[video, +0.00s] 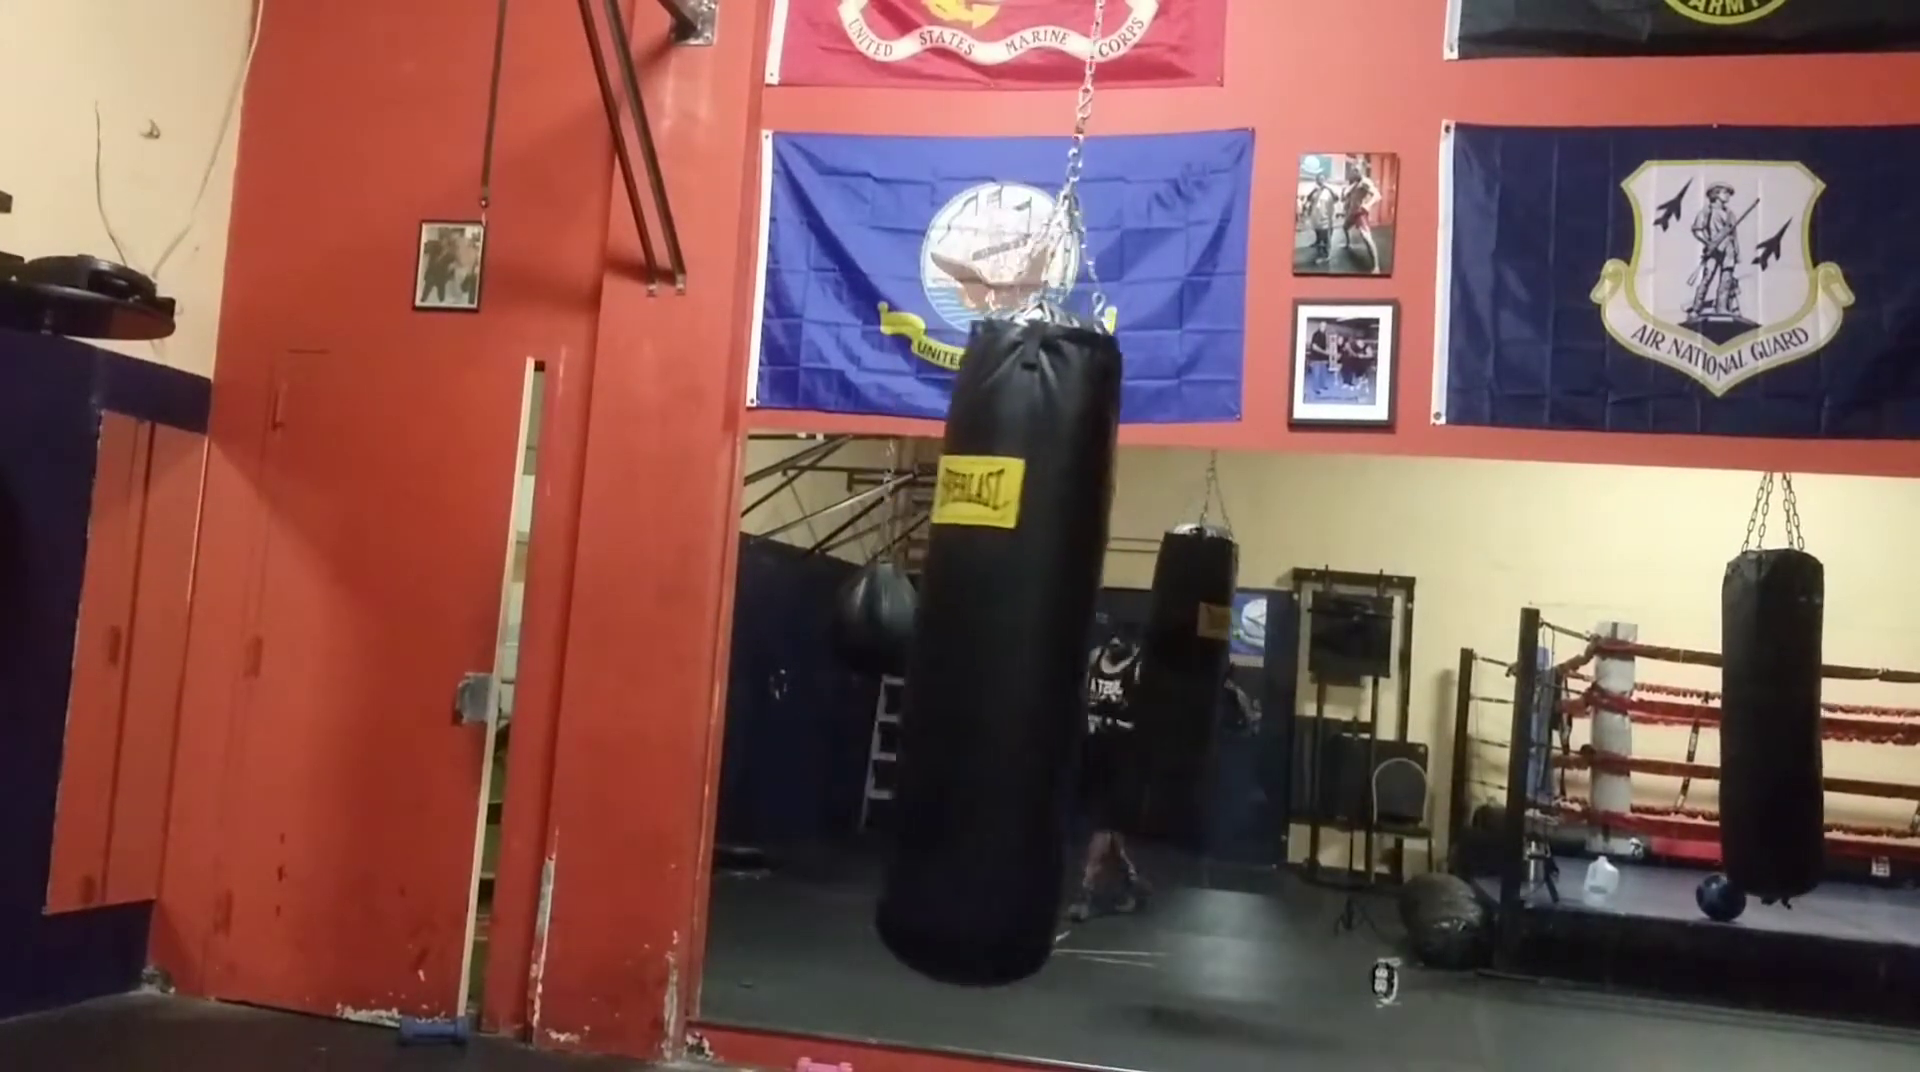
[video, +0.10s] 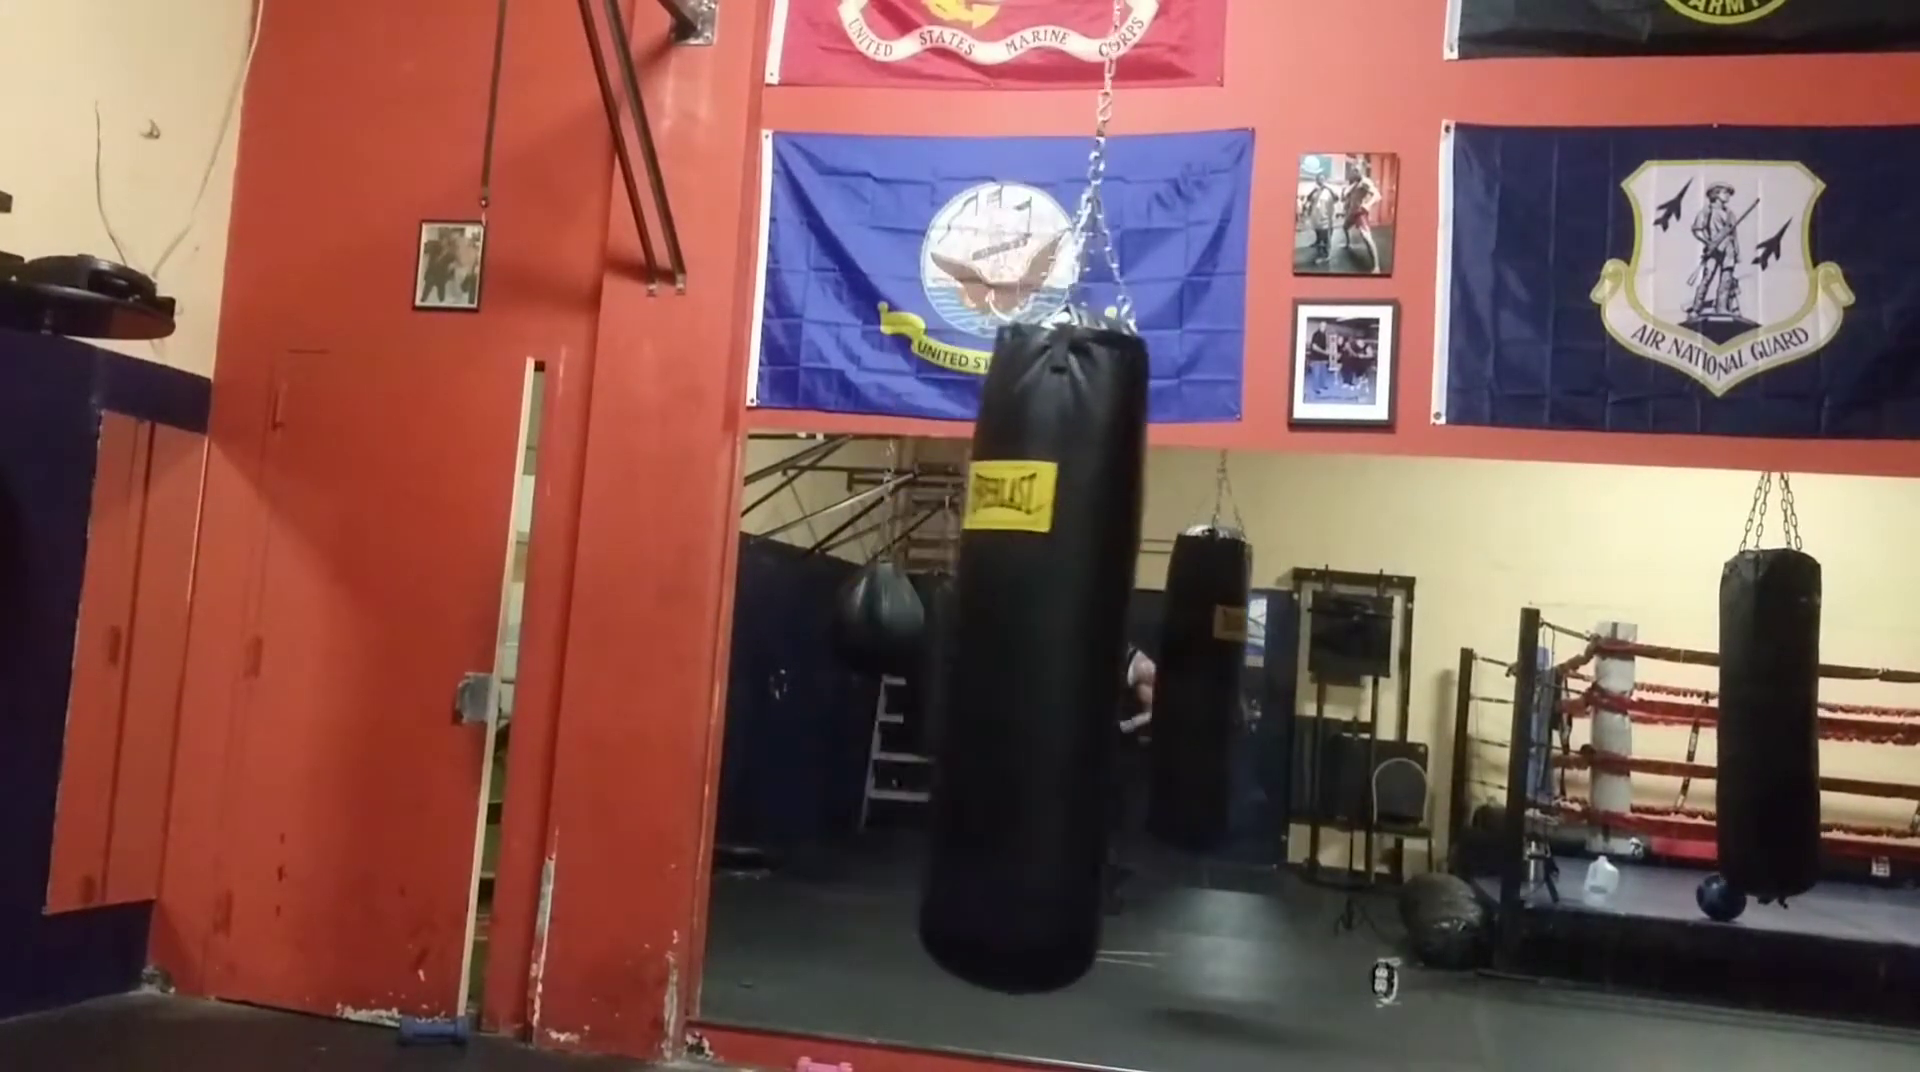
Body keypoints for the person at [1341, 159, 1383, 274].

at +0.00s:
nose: (1350, 175)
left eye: (1353, 172)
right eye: (1350, 172)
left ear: (1357, 173)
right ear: (1351, 174)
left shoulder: (1364, 182)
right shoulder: (1352, 185)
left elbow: (1376, 195)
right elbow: (1344, 199)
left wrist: (1367, 206)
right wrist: (1343, 191)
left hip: (1361, 212)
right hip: (1351, 212)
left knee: (1366, 236)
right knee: (1345, 227)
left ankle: (1376, 266)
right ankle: (1348, 243)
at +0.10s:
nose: (1351, 175)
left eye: (1353, 172)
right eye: (1350, 173)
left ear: (1358, 173)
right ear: (1350, 174)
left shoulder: (1365, 182)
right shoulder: (1352, 185)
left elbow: (1377, 195)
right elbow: (1344, 198)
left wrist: (1367, 206)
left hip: (1360, 211)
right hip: (1351, 211)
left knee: (1366, 236)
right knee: (1345, 227)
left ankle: (1376, 266)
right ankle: (1348, 243)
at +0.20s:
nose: (1351, 175)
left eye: (1353, 172)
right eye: (1350, 172)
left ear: (1358, 173)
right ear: (1350, 174)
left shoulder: (1364, 182)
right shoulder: (1352, 185)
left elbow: (1377, 195)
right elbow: (1344, 198)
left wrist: (1367, 206)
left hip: (1360, 211)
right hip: (1351, 212)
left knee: (1366, 236)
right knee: (1345, 227)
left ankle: (1376, 266)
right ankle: (1347, 243)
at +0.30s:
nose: (1352, 174)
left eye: (1354, 171)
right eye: (1351, 171)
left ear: (1359, 172)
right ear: (1350, 173)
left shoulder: (1365, 182)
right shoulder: (1352, 185)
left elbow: (1376, 196)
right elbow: (1344, 199)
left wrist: (1367, 206)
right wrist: (1344, 190)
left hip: (1360, 212)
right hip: (1351, 212)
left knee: (1366, 237)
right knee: (1345, 227)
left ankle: (1376, 266)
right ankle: (1348, 243)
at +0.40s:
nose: (1352, 173)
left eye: (1354, 170)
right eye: (1351, 171)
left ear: (1359, 171)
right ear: (1350, 172)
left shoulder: (1365, 182)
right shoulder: (1351, 185)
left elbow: (1376, 196)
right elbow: (1344, 198)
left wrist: (1367, 206)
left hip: (1360, 212)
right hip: (1350, 212)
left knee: (1366, 237)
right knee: (1345, 227)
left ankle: (1376, 266)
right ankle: (1348, 243)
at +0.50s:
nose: (1351, 174)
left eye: (1353, 171)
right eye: (1350, 171)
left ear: (1358, 171)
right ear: (1350, 172)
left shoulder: (1365, 182)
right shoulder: (1351, 184)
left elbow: (1376, 195)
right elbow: (1344, 198)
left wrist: (1367, 205)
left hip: (1361, 212)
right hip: (1351, 212)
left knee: (1366, 237)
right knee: (1345, 227)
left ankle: (1376, 266)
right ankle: (1348, 243)